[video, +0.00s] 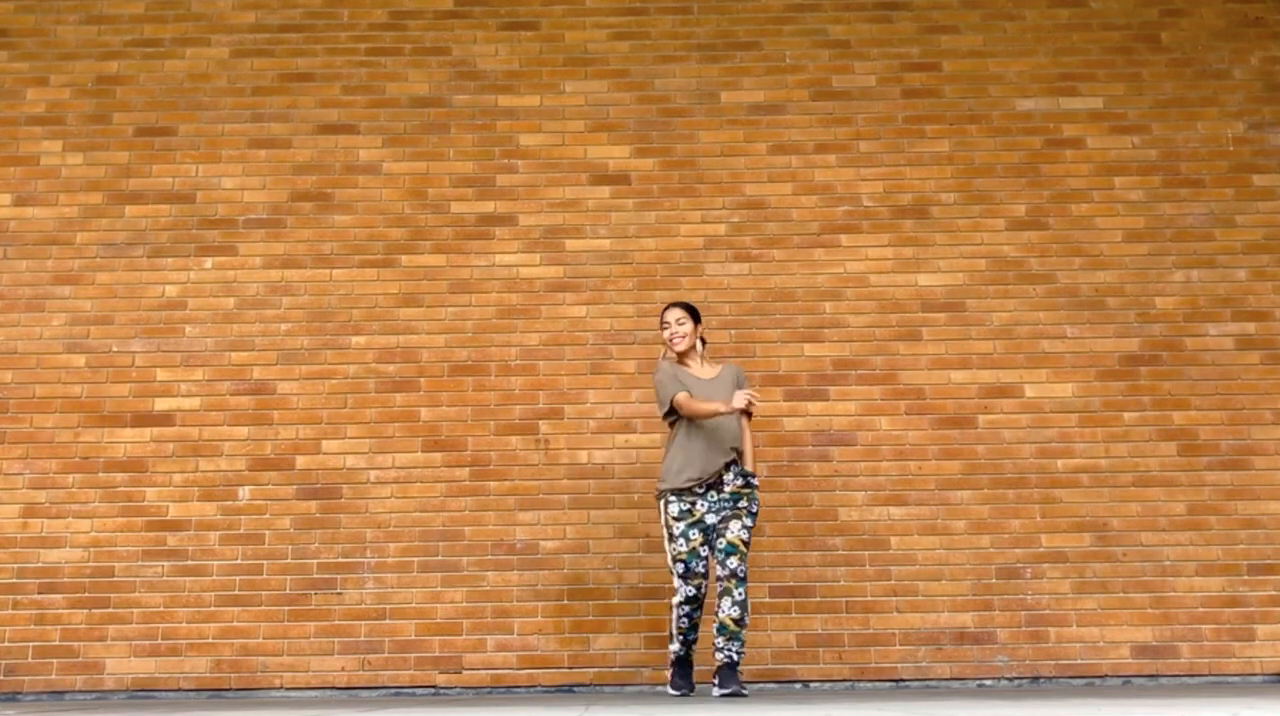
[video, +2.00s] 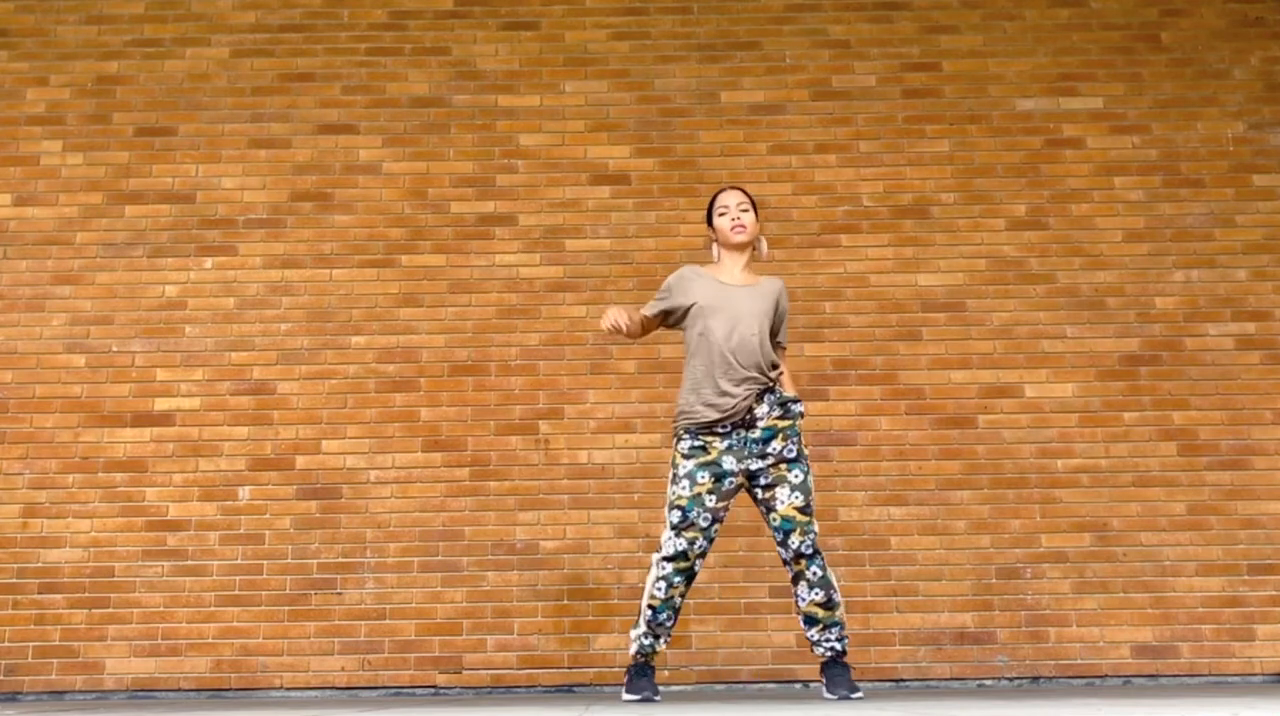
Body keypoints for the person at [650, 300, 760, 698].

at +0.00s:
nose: (674, 331)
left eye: (681, 323)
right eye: (667, 327)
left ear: (698, 327)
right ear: (662, 336)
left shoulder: (732, 373)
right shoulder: (666, 371)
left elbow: (743, 427)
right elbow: (686, 406)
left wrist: (749, 474)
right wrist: (729, 405)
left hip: (732, 485)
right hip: (682, 490)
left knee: (733, 574)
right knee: (692, 578)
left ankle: (728, 666)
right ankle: (682, 660)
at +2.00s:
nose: (735, 216)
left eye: (743, 209)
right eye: (724, 212)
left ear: (759, 224)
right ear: (711, 231)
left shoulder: (773, 288)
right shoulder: (688, 280)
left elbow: (776, 357)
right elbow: (642, 324)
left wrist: (792, 402)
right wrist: (618, 319)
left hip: (770, 431)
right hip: (704, 436)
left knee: (801, 542)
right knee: (682, 547)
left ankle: (834, 659)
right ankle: (642, 662)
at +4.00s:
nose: (756, 240)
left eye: (765, 232)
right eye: (746, 231)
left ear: (773, 240)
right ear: (727, 237)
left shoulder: (791, 295)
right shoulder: (702, 292)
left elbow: (812, 363)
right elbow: (693, 366)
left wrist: (812, 417)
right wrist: (692, 433)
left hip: (791, 428)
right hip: (727, 433)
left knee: (815, 544)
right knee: (710, 547)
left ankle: (837, 661)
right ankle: (681, 664)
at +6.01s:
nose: (707, 234)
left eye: (717, 224)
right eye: (705, 228)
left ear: (749, 233)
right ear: (709, 242)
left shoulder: (790, 299)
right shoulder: (697, 295)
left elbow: (814, 368)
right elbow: (687, 367)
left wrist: (814, 416)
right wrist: (683, 437)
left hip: (794, 437)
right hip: (728, 442)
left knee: (823, 544)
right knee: (702, 545)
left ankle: (838, 660)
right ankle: (704, 664)